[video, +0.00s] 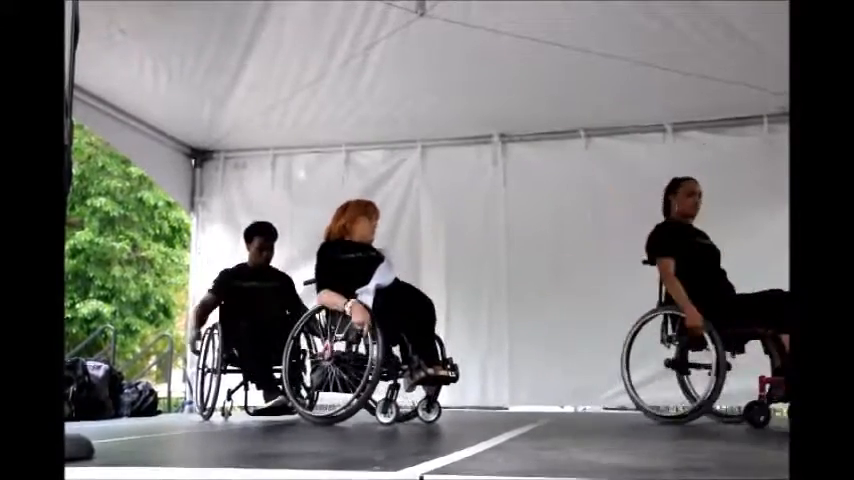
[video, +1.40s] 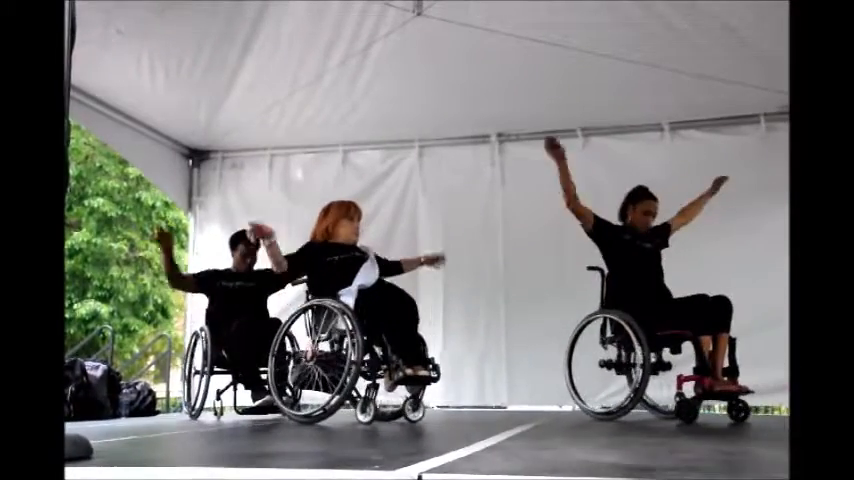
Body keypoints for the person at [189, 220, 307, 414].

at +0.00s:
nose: (266, 254)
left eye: (269, 249)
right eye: (261, 249)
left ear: (274, 249)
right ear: (248, 246)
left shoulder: (282, 280)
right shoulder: (230, 277)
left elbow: (300, 312)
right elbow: (206, 305)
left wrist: (321, 332)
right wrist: (195, 330)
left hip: (275, 340)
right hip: (242, 341)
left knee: (293, 338)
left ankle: (293, 394)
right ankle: (271, 393)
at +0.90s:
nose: (257, 253)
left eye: (260, 248)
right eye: (252, 248)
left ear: (264, 249)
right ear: (238, 247)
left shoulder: (271, 282)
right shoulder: (219, 280)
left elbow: (292, 314)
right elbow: (197, 314)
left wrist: (318, 343)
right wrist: (181, 344)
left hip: (267, 342)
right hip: (233, 345)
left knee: (288, 323)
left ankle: (287, 393)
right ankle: (268, 393)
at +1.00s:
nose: (258, 255)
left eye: (261, 249)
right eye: (252, 249)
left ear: (263, 250)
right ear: (238, 248)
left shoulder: (269, 282)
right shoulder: (218, 281)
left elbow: (295, 310)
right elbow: (191, 313)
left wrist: (323, 332)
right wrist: (163, 343)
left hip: (262, 343)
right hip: (230, 346)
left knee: (282, 324)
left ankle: (286, 392)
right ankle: (266, 393)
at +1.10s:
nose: (256, 255)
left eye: (259, 251)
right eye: (251, 250)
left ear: (263, 252)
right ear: (237, 248)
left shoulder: (268, 281)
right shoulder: (219, 281)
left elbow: (297, 301)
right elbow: (184, 307)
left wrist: (322, 302)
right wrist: (148, 328)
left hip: (262, 343)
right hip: (230, 347)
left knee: (282, 323)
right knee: (247, 327)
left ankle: (286, 389)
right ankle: (264, 392)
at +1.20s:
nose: (255, 257)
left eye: (258, 253)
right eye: (250, 252)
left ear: (261, 252)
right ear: (236, 250)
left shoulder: (268, 278)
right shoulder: (217, 278)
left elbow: (301, 287)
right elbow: (179, 291)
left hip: (261, 343)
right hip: (226, 347)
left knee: (280, 324)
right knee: (246, 328)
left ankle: (285, 390)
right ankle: (263, 392)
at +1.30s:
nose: (254, 258)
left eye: (257, 254)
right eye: (249, 253)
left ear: (260, 254)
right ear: (236, 250)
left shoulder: (266, 277)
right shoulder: (215, 278)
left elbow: (295, 282)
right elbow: (178, 285)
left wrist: (307, 255)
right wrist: (143, 268)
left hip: (259, 343)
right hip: (227, 345)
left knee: (277, 324)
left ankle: (282, 392)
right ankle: (261, 391)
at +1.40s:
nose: (251, 258)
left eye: (254, 253)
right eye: (246, 253)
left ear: (258, 253)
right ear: (233, 251)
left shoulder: (262, 279)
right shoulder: (215, 278)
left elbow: (292, 273)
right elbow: (177, 281)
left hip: (257, 342)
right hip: (225, 346)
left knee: (275, 325)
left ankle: (279, 391)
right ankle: (258, 392)